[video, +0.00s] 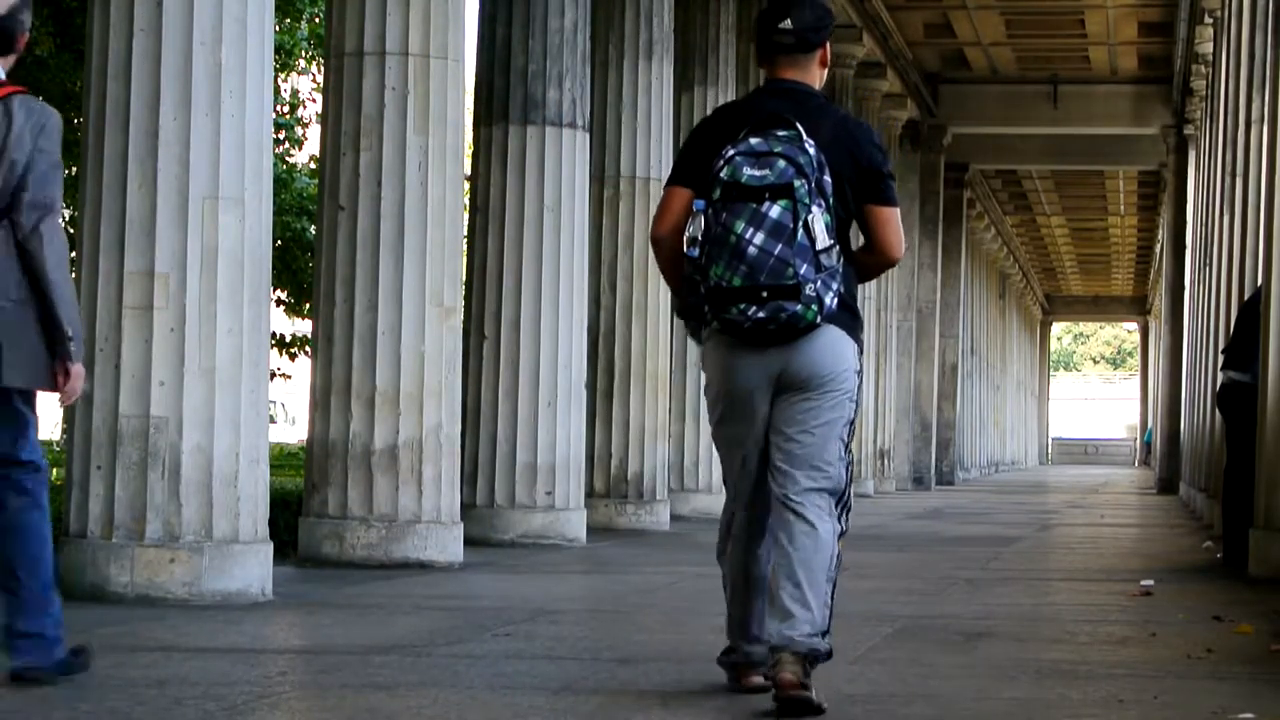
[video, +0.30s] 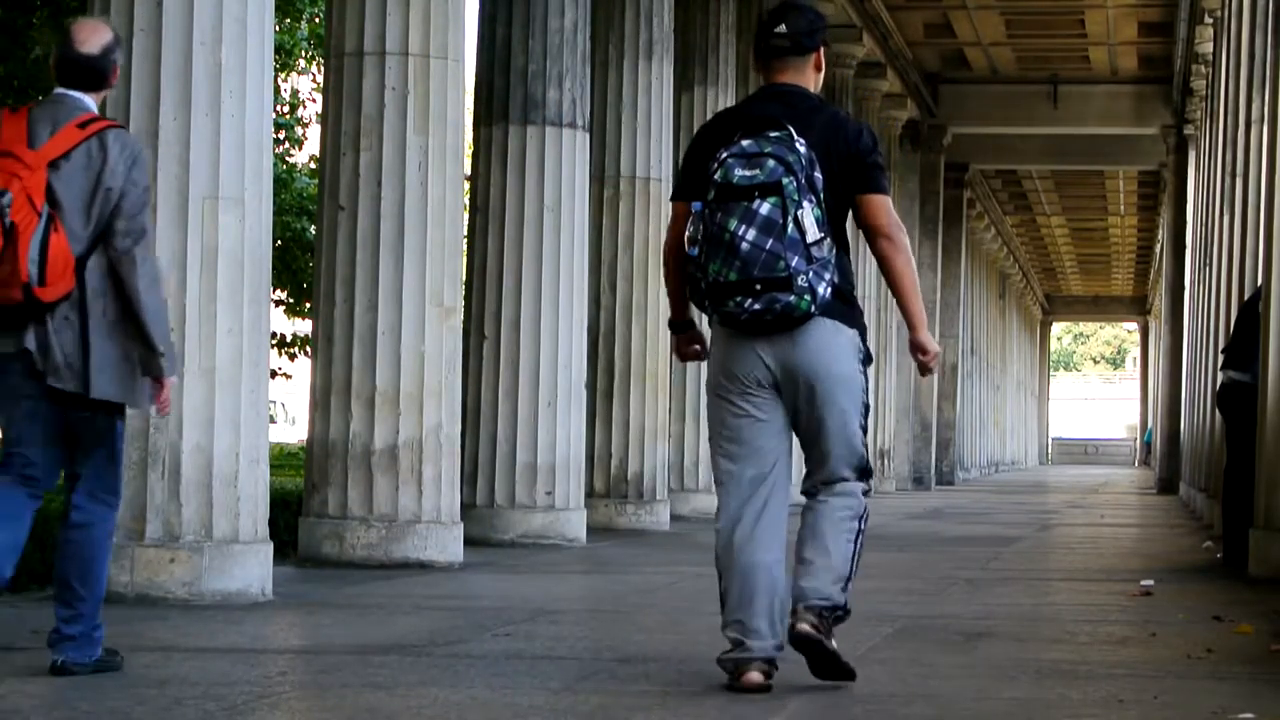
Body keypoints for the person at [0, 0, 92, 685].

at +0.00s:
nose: (26, 40)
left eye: (19, 29)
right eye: (27, 30)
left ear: (2, 45)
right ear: (20, 43)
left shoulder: (28, 119)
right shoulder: (27, 118)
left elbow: (39, 229)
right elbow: (38, 231)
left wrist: (64, 340)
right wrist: (68, 339)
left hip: (12, 339)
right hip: (7, 338)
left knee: (21, 480)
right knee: (20, 479)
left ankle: (35, 644)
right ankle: (34, 646)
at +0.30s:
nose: (119, 72)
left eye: (112, 63)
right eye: (119, 66)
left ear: (57, 68)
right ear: (113, 75)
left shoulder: (19, 130)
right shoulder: (117, 147)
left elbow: (10, 230)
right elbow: (132, 255)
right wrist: (160, 355)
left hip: (17, 339)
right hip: (90, 345)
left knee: (20, 476)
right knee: (95, 496)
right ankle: (76, 645)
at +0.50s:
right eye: (157, 74)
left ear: (97, 78)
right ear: (155, 85)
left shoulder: (44, 137)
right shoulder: (167, 151)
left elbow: (18, 223)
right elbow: (196, 245)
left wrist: (38, 306)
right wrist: (217, 323)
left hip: (57, 324)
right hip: (121, 330)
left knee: (101, 475)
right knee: (97, 479)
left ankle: (100, 622)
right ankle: (76, 640)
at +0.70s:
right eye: (193, 105)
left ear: (138, 107)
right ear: (192, 116)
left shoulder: (84, 164)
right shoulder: (206, 179)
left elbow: (51, 248)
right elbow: (232, 269)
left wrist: (74, 317)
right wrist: (252, 330)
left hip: (94, 342)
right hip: (163, 345)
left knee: (136, 480)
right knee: (156, 479)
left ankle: (156, 620)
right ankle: (109, 589)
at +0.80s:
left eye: (154, 96)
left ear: (155, 104)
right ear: (209, 115)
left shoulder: (103, 162)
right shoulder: (223, 175)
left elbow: (76, 250)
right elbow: (247, 272)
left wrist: (95, 330)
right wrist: (264, 349)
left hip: (115, 347)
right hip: (185, 350)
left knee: (142, 481)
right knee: (204, 465)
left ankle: (154, 619)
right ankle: (155, 564)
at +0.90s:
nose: (170, 101)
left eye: (173, 94)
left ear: (176, 103)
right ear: (226, 116)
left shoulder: (124, 160)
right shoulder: (245, 174)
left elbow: (99, 248)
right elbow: (254, 268)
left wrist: (116, 330)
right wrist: (276, 353)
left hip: (141, 342)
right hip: (215, 347)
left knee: (153, 474)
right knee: (227, 461)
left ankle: (152, 620)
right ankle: (208, 590)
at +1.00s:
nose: (193, 109)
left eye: (196, 103)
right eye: (202, 103)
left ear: (198, 116)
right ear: (246, 130)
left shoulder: (148, 169)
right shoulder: (262, 187)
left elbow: (112, 252)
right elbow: (266, 276)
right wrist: (281, 363)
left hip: (159, 350)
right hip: (229, 355)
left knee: (163, 476)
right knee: (239, 483)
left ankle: (153, 617)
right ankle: (258, 604)